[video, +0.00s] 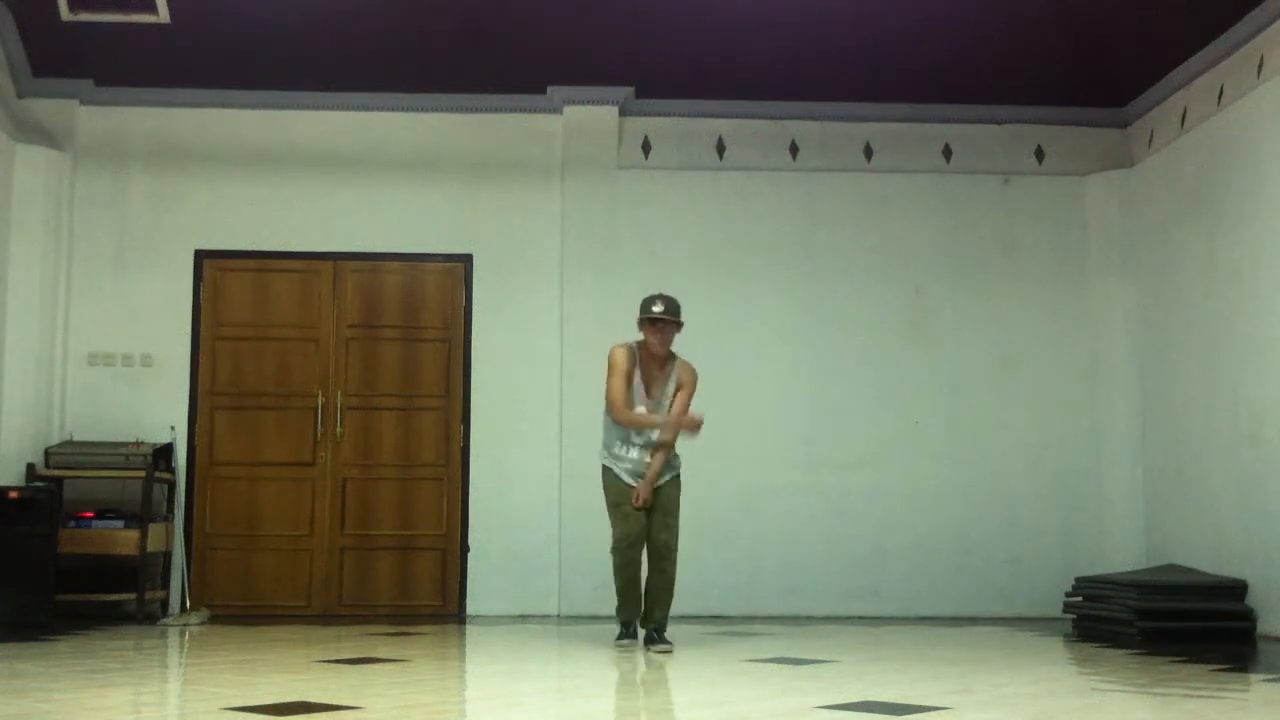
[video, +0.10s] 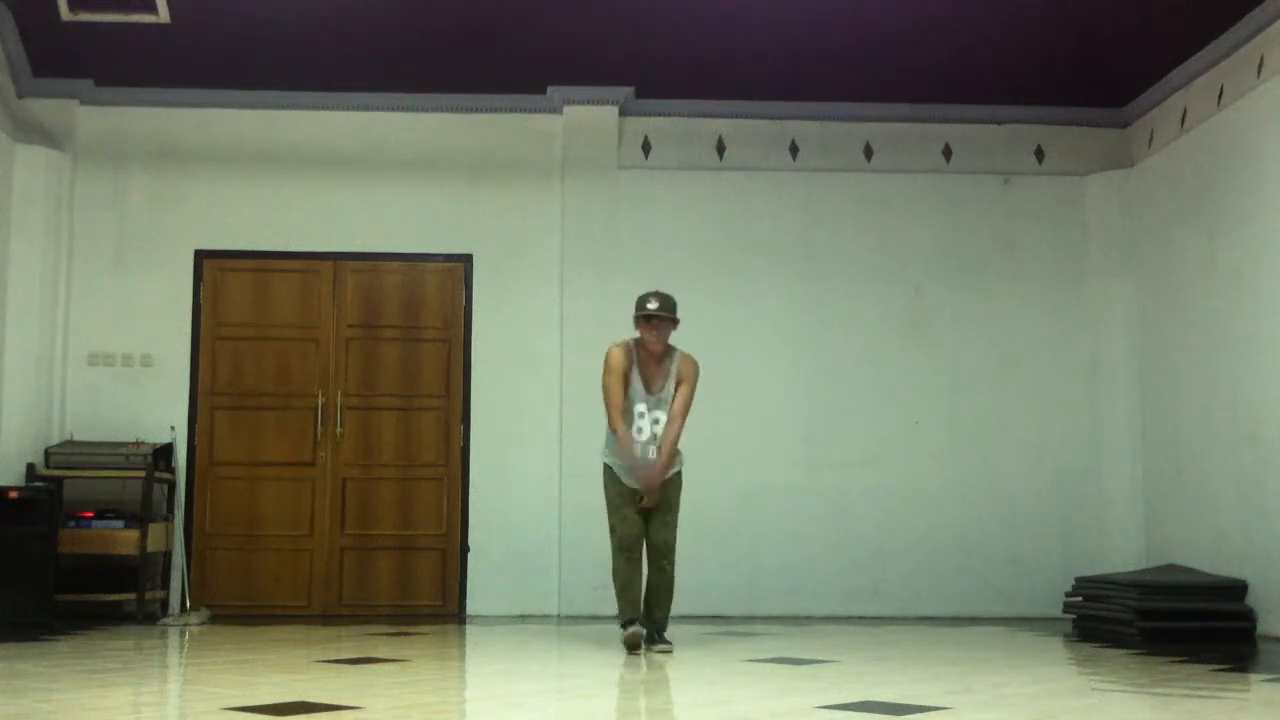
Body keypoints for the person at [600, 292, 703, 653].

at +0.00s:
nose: (659, 331)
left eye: (666, 325)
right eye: (652, 324)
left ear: (677, 330)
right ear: (641, 326)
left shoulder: (685, 373)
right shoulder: (622, 356)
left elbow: (670, 432)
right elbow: (619, 414)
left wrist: (650, 479)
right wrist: (674, 422)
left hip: (665, 469)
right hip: (621, 466)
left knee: (664, 546)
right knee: (628, 540)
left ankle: (656, 626)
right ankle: (628, 621)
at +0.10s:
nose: (654, 328)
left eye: (662, 322)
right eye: (648, 321)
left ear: (673, 326)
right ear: (637, 324)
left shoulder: (686, 365)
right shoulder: (619, 356)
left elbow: (675, 424)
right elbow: (616, 419)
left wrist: (658, 475)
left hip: (666, 468)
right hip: (621, 467)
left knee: (662, 547)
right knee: (627, 544)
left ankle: (656, 628)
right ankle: (630, 624)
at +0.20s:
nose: (647, 321)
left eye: (654, 315)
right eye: (640, 315)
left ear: (666, 318)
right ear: (630, 318)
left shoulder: (684, 356)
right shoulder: (614, 354)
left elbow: (678, 416)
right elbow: (603, 410)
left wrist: (663, 470)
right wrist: (593, 464)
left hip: (666, 466)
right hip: (621, 466)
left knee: (662, 548)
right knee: (625, 544)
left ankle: (657, 628)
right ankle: (629, 623)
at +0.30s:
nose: (640, 315)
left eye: (647, 308)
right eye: (632, 309)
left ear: (659, 312)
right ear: (622, 313)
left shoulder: (679, 349)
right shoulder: (607, 353)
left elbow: (681, 410)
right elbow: (582, 406)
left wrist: (665, 462)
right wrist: (558, 454)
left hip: (666, 464)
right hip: (621, 464)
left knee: (662, 548)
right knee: (623, 545)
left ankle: (656, 628)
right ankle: (624, 627)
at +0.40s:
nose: (631, 313)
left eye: (638, 307)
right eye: (624, 307)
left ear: (651, 310)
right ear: (615, 312)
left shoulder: (672, 346)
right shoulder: (601, 356)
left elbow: (683, 403)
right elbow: (570, 404)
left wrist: (664, 457)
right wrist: (538, 443)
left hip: (663, 465)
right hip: (619, 467)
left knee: (659, 549)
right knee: (620, 549)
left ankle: (655, 629)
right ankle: (626, 627)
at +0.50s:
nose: (626, 317)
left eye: (633, 310)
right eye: (619, 311)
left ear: (646, 314)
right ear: (610, 316)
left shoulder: (666, 348)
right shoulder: (599, 365)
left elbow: (686, 404)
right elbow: (568, 414)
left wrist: (665, 452)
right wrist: (531, 442)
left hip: (658, 467)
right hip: (615, 470)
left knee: (653, 544)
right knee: (617, 548)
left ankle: (654, 622)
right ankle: (626, 627)